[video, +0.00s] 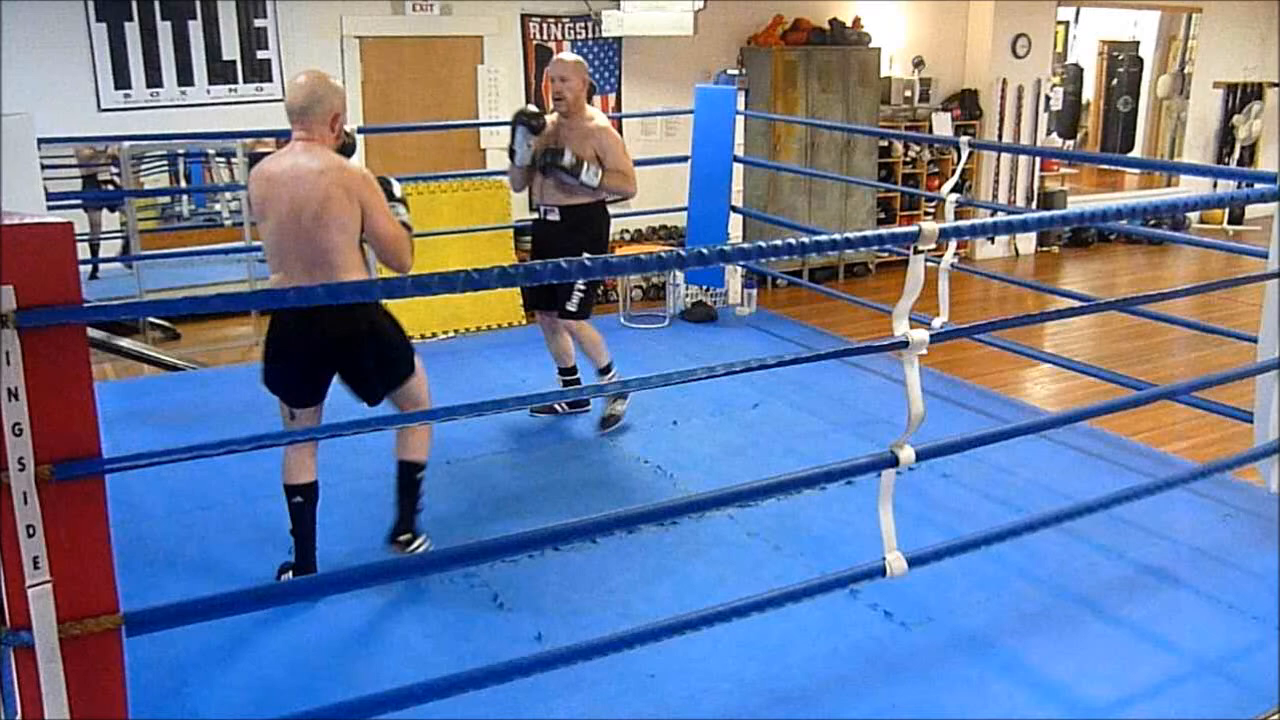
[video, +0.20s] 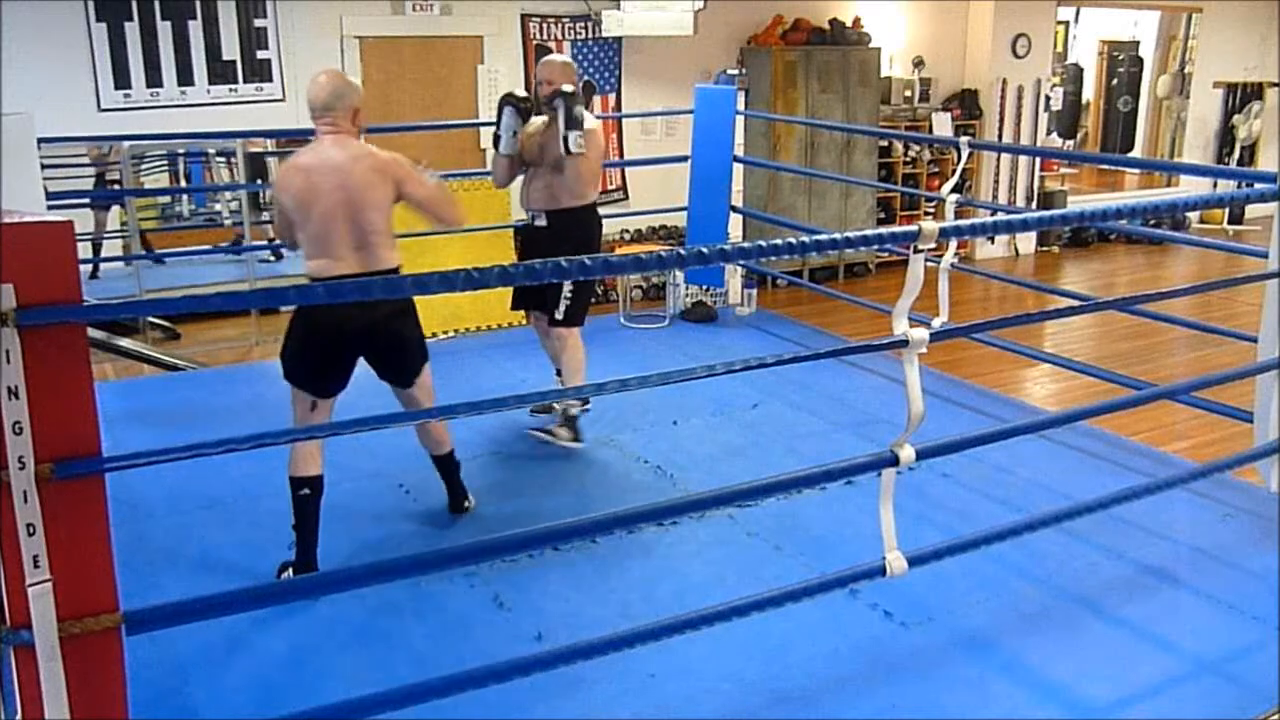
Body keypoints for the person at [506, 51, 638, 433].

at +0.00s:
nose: (554, 88)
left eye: (563, 80)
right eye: (550, 80)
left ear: (584, 84)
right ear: (544, 84)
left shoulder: (600, 132)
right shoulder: (543, 128)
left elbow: (626, 185)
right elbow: (517, 184)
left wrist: (576, 168)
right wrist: (522, 142)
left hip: (585, 223)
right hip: (546, 223)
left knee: (572, 316)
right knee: (546, 315)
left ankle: (614, 387)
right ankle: (572, 392)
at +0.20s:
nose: (542, 91)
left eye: (549, 84)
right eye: (538, 84)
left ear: (571, 86)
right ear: (534, 86)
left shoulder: (587, 127)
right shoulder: (533, 129)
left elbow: (584, 184)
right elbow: (501, 177)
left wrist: (569, 127)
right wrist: (506, 131)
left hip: (575, 226)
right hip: (536, 227)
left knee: (563, 326)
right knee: (539, 319)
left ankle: (572, 418)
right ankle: (571, 390)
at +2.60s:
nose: (591, 90)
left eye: (599, 83)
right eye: (588, 84)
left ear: (621, 85)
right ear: (586, 88)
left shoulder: (638, 128)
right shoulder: (589, 129)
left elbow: (639, 183)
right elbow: (575, 173)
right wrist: (568, 136)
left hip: (636, 220)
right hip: (605, 221)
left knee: (614, 315)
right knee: (607, 306)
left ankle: (638, 393)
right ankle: (645, 363)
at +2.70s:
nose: (585, 93)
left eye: (593, 86)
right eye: (582, 86)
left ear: (616, 88)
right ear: (581, 90)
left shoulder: (629, 135)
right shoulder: (588, 128)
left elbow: (625, 192)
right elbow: (576, 180)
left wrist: (597, 153)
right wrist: (565, 133)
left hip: (626, 227)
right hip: (595, 225)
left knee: (607, 321)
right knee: (588, 307)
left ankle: (638, 395)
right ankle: (631, 356)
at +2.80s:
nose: (578, 93)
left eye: (585, 86)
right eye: (574, 86)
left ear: (606, 88)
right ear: (572, 90)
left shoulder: (619, 133)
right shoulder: (583, 127)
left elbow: (616, 193)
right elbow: (574, 178)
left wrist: (587, 151)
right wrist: (560, 135)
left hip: (615, 224)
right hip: (585, 219)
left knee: (605, 318)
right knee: (577, 294)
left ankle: (637, 395)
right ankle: (584, 355)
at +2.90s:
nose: (566, 95)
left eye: (573, 88)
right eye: (563, 88)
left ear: (594, 90)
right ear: (561, 92)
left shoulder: (604, 131)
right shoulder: (568, 126)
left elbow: (604, 190)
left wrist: (569, 160)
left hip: (602, 221)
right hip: (570, 217)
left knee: (603, 316)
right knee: (559, 298)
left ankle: (636, 394)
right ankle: (552, 364)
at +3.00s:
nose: (553, 102)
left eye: (561, 95)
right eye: (548, 95)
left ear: (583, 97)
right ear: (543, 96)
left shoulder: (592, 139)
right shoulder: (540, 133)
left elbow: (592, 193)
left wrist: (567, 156)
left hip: (585, 231)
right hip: (549, 229)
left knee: (594, 320)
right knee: (546, 312)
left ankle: (634, 392)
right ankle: (546, 368)